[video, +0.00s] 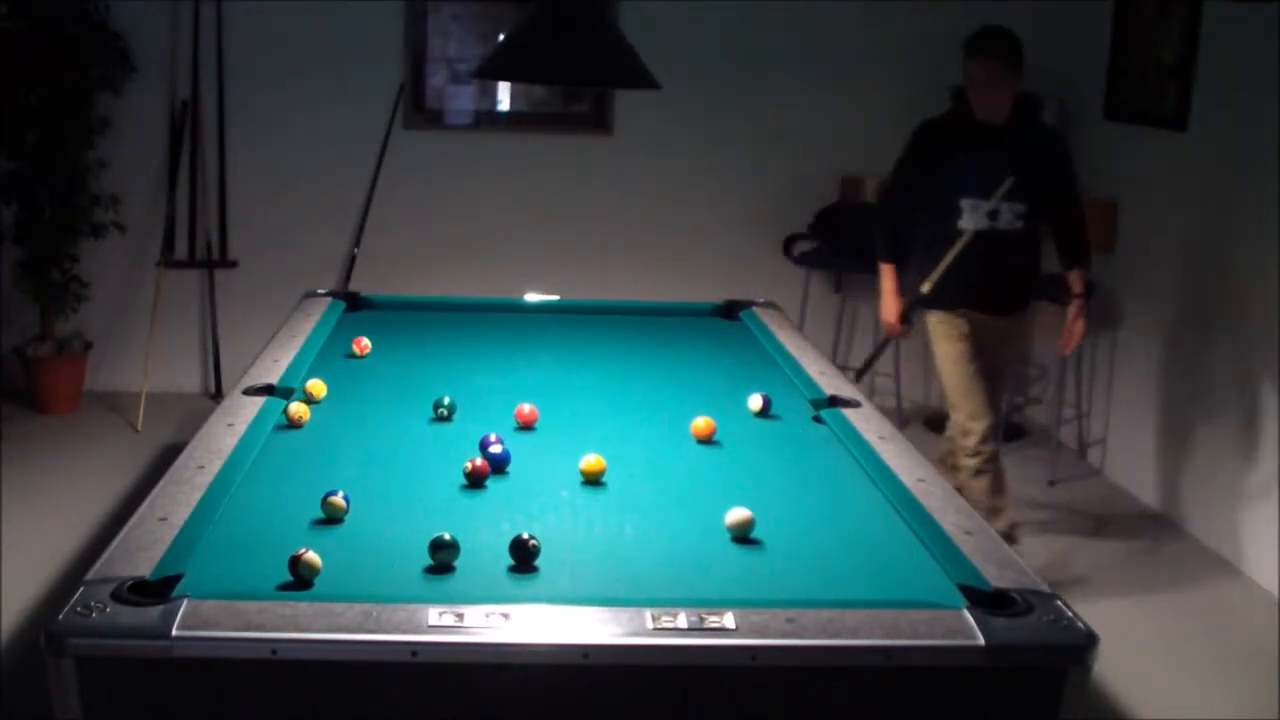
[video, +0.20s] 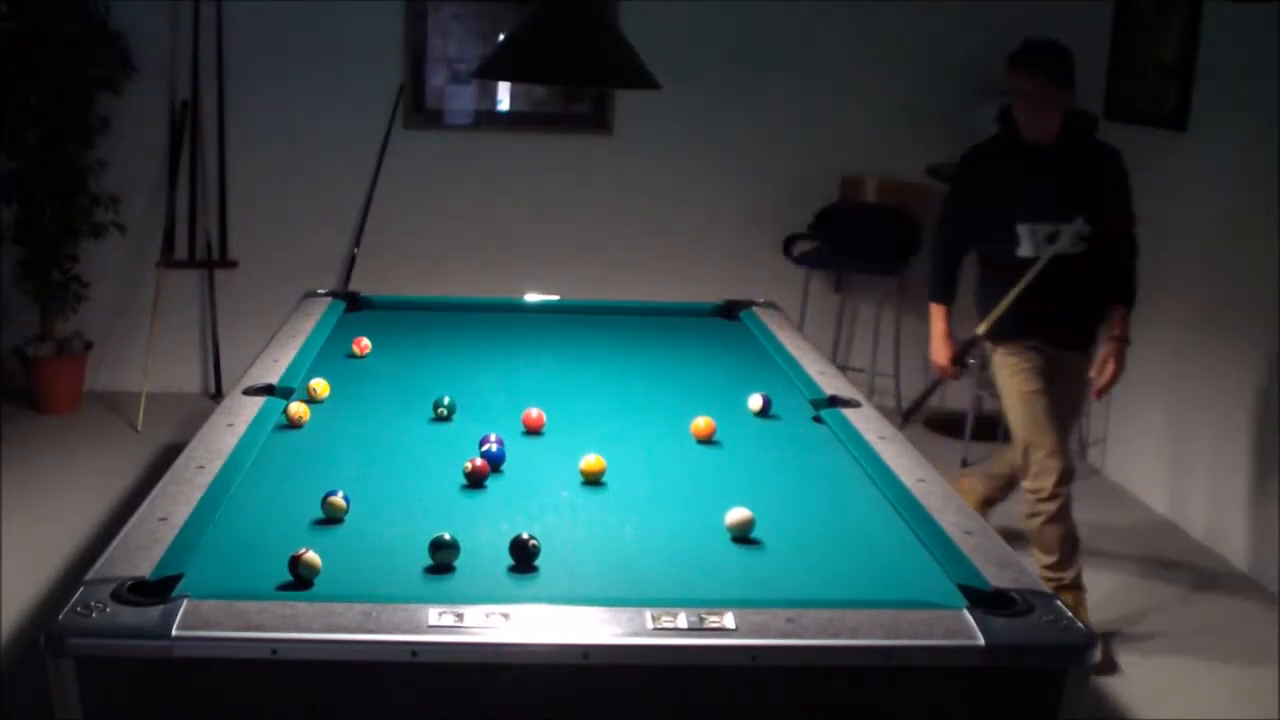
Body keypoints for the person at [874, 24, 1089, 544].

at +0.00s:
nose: (988, 86)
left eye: (999, 76)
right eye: (979, 75)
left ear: (1017, 79)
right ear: (965, 75)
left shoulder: (1040, 142)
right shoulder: (935, 136)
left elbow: (1068, 221)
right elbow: (890, 215)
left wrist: (1077, 298)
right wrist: (889, 292)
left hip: (1009, 304)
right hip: (946, 303)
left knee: (980, 422)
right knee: (977, 427)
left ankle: (945, 498)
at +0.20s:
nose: (1033, 109)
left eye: (1044, 96)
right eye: (1023, 96)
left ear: (1066, 97)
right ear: (1010, 94)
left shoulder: (1100, 162)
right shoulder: (985, 161)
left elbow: (1121, 254)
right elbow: (945, 246)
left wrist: (1115, 339)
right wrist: (939, 330)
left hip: (1077, 334)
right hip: (1011, 331)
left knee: (1033, 452)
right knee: (1049, 472)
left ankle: (955, 508)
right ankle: (1066, 604)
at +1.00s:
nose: (1169, 133)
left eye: (1183, 116)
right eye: (1169, 116)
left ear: (1224, 116)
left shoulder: (1266, 200)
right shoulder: (1190, 198)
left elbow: (1262, 368)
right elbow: (1171, 321)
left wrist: (1160, 410)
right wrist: (1138, 405)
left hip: (1245, 456)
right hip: (1189, 448)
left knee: (1211, 630)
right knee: (1205, 610)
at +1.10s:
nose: (1177, 129)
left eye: (1190, 112)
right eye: (1179, 113)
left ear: (1231, 114)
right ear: (1242, 115)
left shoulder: (1239, 208)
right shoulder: (1255, 199)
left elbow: (1258, 379)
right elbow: (1225, 352)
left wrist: (1163, 420)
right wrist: (1165, 426)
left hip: (1231, 462)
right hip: (1263, 457)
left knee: (1183, 637)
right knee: (1266, 629)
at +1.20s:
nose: (1194, 131)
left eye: (1206, 112)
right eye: (1197, 113)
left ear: (1244, 116)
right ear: (1252, 117)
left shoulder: (1259, 209)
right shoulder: (1261, 204)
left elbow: (1259, 383)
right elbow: (1244, 359)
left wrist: (1166, 425)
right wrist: (1195, 441)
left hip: (1233, 472)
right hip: (1261, 468)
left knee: (1184, 643)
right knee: (1279, 657)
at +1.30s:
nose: (1211, 140)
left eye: (1222, 120)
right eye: (1214, 120)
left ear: (1264, 122)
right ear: (1264, 123)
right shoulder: (1278, 219)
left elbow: (1264, 414)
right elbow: (1267, 393)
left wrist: (1169, 428)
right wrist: (1209, 447)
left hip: (1252, 494)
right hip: (1268, 487)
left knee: (1194, 651)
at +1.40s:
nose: (1232, 165)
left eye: (1243, 141)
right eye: (1234, 143)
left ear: (1277, 145)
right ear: (1270, 147)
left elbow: (1274, 435)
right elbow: (1272, 422)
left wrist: (1167, 444)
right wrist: (1233, 491)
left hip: (1270, 532)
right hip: (1262, 523)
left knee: (1180, 658)